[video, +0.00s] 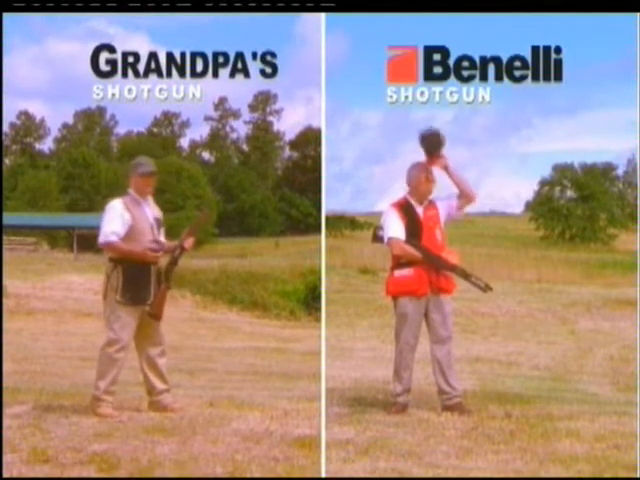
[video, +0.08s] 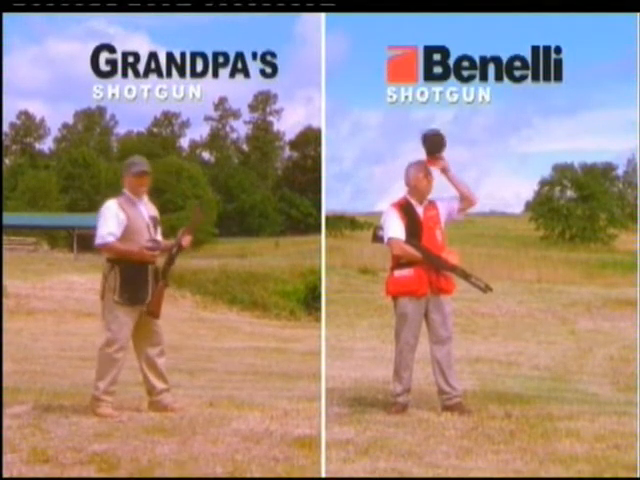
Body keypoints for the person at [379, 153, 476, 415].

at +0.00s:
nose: (431, 186)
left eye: (432, 181)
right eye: (426, 181)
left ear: (433, 183)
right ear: (412, 182)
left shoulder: (439, 208)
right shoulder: (395, 212)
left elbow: (468, 197)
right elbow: (397, 249)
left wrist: (447, 169)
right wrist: (432, 260)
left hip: (437, 281)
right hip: (409, 282)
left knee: (443, 340)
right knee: (406, 342)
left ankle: (450, 397)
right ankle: (400, 396)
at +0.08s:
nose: (430, 183)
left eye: (431, 177)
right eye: (425, 177)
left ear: (431, 181)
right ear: (411, 181)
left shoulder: (438, 208)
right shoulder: (395, 212)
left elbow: (469, 201)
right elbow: (397, 249)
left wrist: (447, 172)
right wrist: (433, 260)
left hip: (437, 281)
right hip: (409, 283)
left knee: (443, 340)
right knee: (406, 342)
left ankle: (450, 397)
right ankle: (400, 396)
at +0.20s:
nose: (426, 177)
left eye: (428, 173)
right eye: (420, 172)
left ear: (429, 179)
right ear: (407, 179)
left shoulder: (437, 208)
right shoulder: (395, 211)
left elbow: (470, 203)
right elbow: (397, 249)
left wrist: (446, 179)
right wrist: (433, 260)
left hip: (436, 279)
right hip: (408, 281)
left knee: (443, 340)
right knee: (406, 342)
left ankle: (451, 396)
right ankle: (400, 395)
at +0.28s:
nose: (427, 180)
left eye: (429, 175)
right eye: (421, 174)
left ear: (431, 178)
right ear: (406, 177)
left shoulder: (438, 208)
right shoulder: (395, 211)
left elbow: (470, 202)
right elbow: (397, 248)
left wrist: (444, 178)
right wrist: (435, 260)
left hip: (436, 279)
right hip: (409, 281)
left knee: (443, 340)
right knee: (406, 342)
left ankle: (450, 397)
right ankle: (400, 396)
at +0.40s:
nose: (426, 178)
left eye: (427, 174)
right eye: (420, 174)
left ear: (428, 179)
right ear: (406, 179)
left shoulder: (437, 208)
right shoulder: (394, 212)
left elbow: (470, 201)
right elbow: (397, 249)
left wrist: (445, 177)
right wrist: (434, 259)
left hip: (437, 281)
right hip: (409, 282)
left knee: (443, 340)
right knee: (406, 342)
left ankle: (450, 397)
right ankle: (400, 396)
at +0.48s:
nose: (427, 179)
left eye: (427, 174)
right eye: (421, 174)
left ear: (428, 179)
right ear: (407, 179)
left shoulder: (437, 208)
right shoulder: (394, 211)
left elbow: (469, 200)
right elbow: (397, 249)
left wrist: (445, 175)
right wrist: (434, 259)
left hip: (436, 280)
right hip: (409, 282)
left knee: (443, 340)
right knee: (406, 342)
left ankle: (450, 397)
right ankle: (400, 396)